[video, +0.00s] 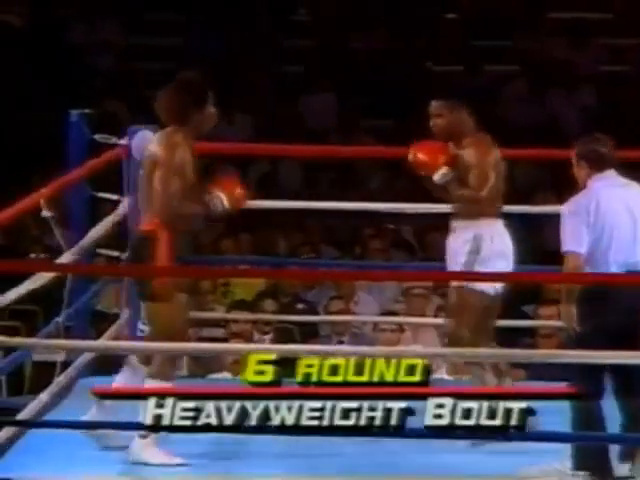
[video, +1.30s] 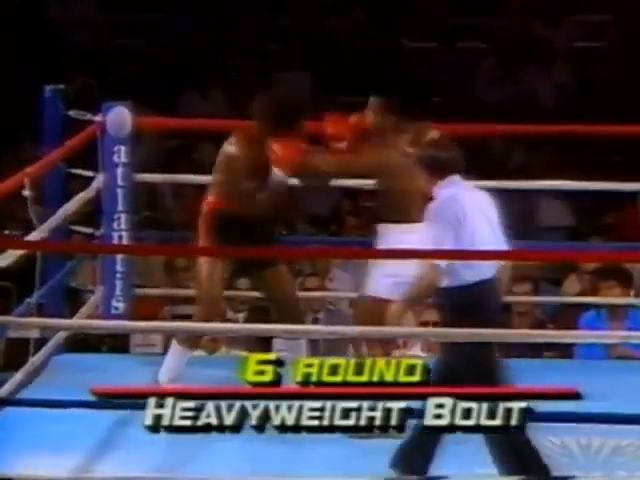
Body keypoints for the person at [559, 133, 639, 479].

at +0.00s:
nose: (574, 172)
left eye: (574, 166)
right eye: (573, 166)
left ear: (582, 166)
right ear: (611, 162)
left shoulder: (580, 204)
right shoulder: (635, 190)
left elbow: (574, 262)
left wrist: (566, 306)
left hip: (600, 295)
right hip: (636, 292)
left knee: (586, 378)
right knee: (629, 376)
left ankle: (593, 461)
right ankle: (633, 447)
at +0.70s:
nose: (533, 178)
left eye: (534, 172)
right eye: (533, 172)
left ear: (543, 172)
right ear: (574, 169)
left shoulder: (544, 205)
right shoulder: (603, 199)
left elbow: (543, 266)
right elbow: (631, 253)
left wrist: (533, 311)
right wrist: (632, 305)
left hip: (564, 295)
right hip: (601, 292)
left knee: (547, 381)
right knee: (600, 375)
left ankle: (558, 465)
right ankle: (630, 457)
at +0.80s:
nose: (512, 179)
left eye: (515, 172)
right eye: (512, 172)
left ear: (528, 171)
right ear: (557, 168)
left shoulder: (532, 203)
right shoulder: (586, 200)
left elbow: (534, 261)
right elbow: (614, 257)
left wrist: (519, 308)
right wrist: (610, 305)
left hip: (549, 291)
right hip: (584, 290)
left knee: (536, 380)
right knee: (583, 375)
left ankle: (553, 467)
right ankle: (621, 463)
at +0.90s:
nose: (491, 174)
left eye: (492, 166)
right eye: (491, 166)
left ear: (504, 166)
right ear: (530, 162)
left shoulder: (512, 194)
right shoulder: (561, 191)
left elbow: (512, 256)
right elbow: (583, 254)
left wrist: (495, 305)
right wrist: (579, 303)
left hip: (531, 285)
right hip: (563, 281)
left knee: (521, 376)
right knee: (549, 374)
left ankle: (543, 465)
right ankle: (571, 460)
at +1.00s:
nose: (470, 168)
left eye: (472, 161)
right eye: (470, 161)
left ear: (484, 161)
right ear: (514, 156)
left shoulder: (495, 193)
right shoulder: (544, 188)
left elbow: (491, 257)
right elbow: (566, 246)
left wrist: (481, 305)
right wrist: (560, 295)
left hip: (514, 283)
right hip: (547, 279)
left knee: (511, 375)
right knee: (522, 369)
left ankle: (535, 464)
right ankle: (523, 458)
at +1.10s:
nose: (452, 176)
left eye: (453, 167)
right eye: (452, 168)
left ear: (464, 165)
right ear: (491, 161)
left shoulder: (473, 198)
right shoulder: (520, 189)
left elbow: (469, 264)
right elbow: (543, 249)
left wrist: (446, 303)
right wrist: (531, 288)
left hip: (494, 292)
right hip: (524, 288)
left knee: (503, 383)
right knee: (479, 379)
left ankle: (533, 469)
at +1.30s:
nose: (416, 180)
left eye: (418, 173)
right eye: (416, 172)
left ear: (428, 173)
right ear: (456, 167)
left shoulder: (442, 204)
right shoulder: (483, 197)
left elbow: (437, 267)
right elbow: (504, 256)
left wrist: (404, 303)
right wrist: (495, 296)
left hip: (460, 294)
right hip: (486, 290)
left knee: (482, 384)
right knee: (449, 380)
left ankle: (528, 468)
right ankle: (411, 462)